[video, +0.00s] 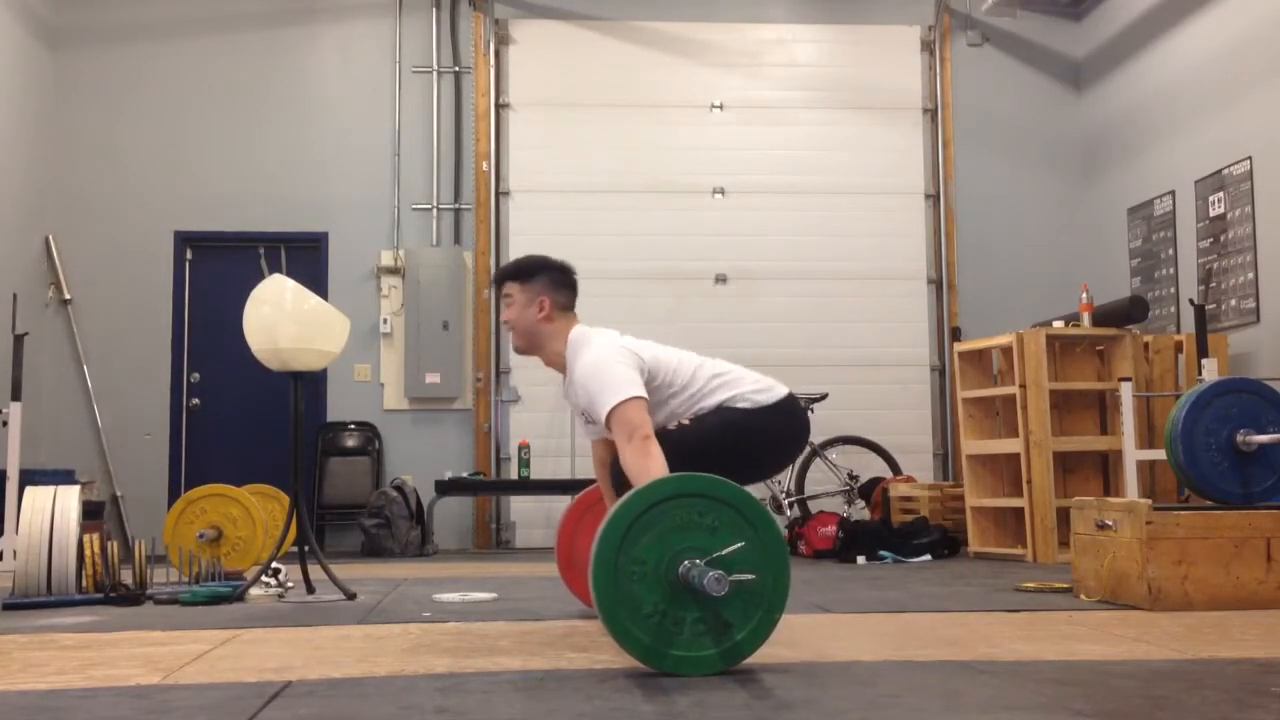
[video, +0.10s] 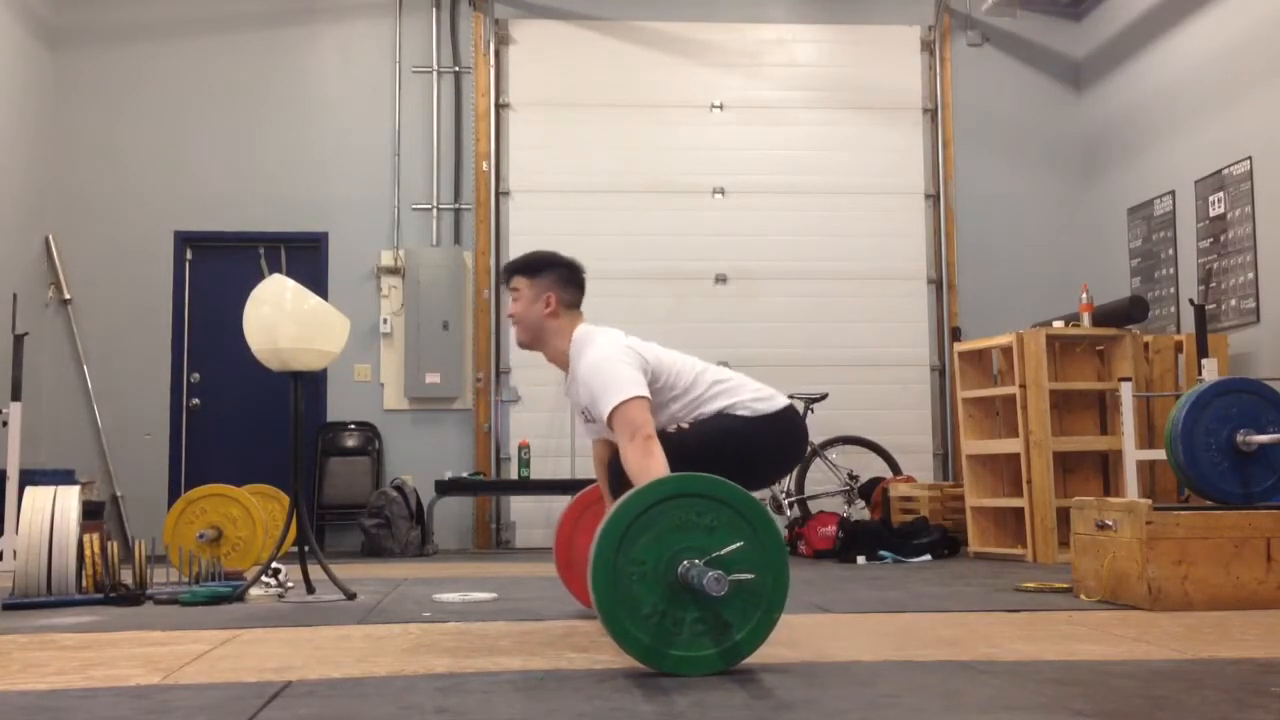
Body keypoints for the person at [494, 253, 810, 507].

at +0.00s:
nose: (501, 317)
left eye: (508, 303)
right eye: (501, 305)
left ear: (543, 308)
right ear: (540, 310)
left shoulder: (596, 357)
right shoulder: (577, 374)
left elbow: (640, 440)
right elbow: (606, 464)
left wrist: (667, 532)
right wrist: (625, 538)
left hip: (768, 417)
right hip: (743, 419)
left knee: (633, 472)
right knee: (617, 475)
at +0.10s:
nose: (508, 310)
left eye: (516, 296)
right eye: (510, 297)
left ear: (549, 304)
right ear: (545, 305)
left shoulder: (599, 355)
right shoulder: (579, 373)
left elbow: (640, 439)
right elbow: (606, 464)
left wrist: (670, 529)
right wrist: (621, 546)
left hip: (769, 426)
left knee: (627, 467)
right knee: (615, 467)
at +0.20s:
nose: (513, 306)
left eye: (521, 292)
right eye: (515, 293)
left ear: (554, 300)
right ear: (551, 301)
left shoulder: (603, 355)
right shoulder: (581, 371)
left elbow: (642, 438)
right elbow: (608, 464)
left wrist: (670, 531)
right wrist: (620, 545)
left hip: (767, 435)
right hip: (739, 437)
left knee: (626, 466)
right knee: (616, 466)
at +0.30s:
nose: (520, 300)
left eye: (528, 287)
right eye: (522, 288)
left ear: (561, 296)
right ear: (556, 297)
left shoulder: (607, 353)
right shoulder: (585, 371)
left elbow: (644, 438)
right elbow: (608, 463)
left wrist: (669, 527)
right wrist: (618, 536)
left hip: (767, 444)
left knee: (626, 469)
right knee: (618, 468)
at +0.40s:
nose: (526, 298)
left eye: (536, 284)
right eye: (530, 285)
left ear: (566, 295)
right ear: (562, 296)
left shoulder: (612, 353)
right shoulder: (588, 369)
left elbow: (647, 440)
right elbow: (609, 460)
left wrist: (668, 528)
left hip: (763, 454)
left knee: (626, 472)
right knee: (614, 472)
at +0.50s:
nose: (530, 293)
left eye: (540, 280)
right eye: (534, 281)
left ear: (571, 292)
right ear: (568, 294)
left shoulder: (616, 351)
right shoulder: (590, 367)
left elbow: (648, 439)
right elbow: (607, 460)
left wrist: (663, 528)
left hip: (762, 457)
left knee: (627, 469)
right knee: (609, 473)